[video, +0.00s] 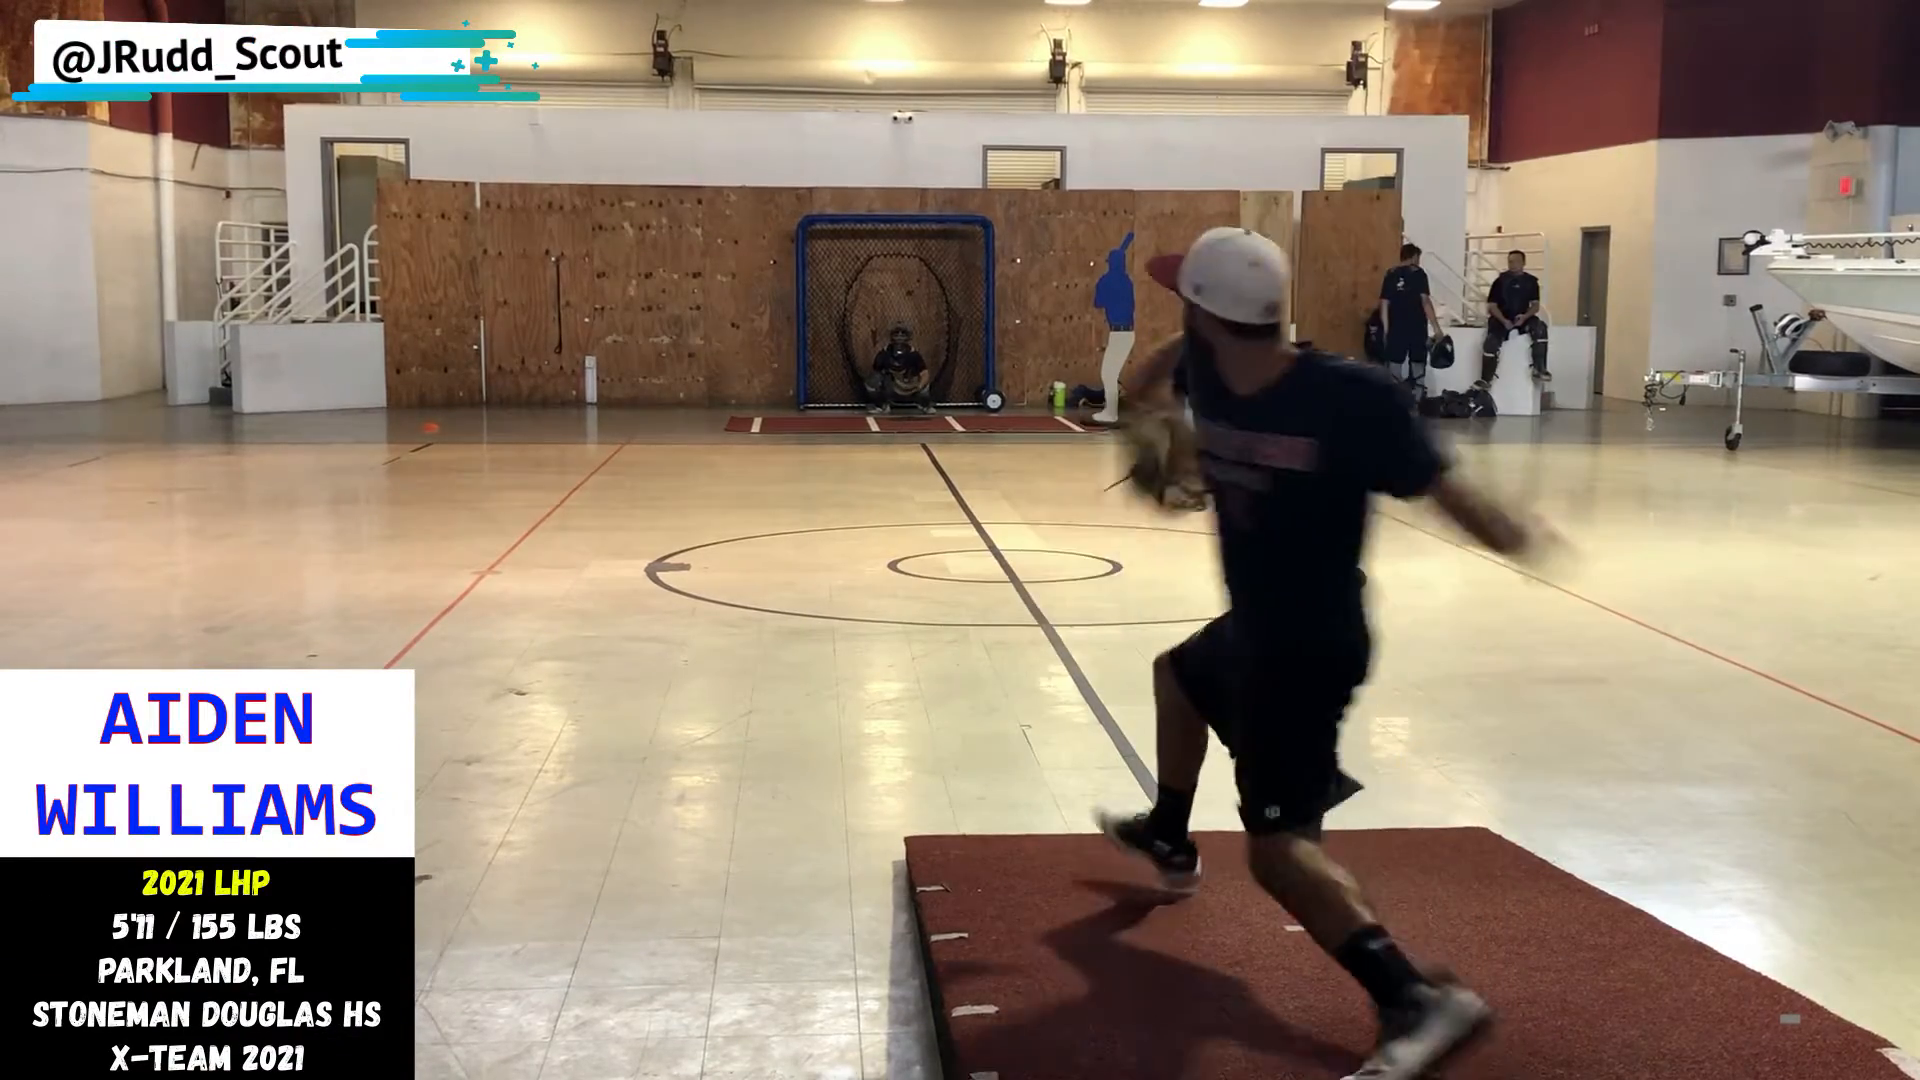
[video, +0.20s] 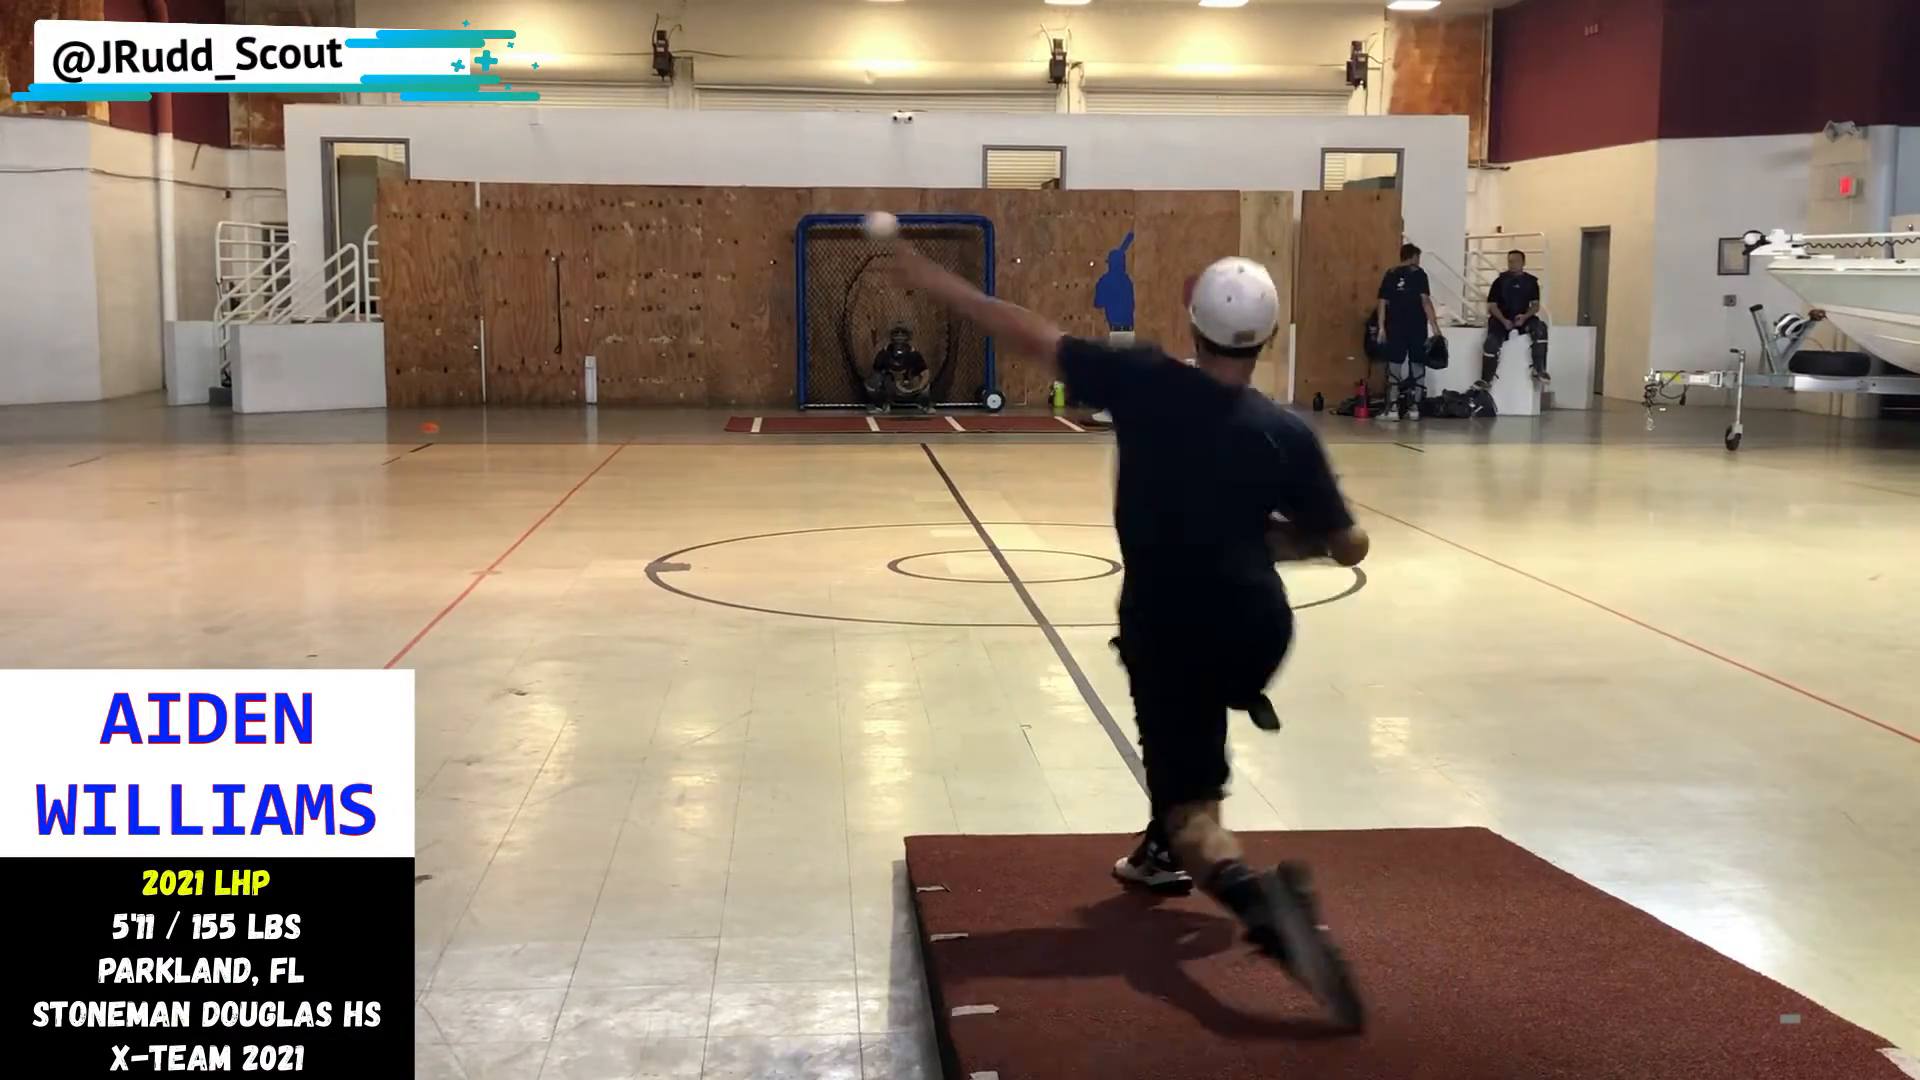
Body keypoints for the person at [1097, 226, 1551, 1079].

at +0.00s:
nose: (1183, 319)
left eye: (1187, 308)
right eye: (1185, 309)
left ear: (1207, 317)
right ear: (1274, 309)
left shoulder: (1354, 400)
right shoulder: (1210, 374)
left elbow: (1446, 486)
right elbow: (1143, 385)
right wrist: (1149, 437)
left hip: (1312, 642)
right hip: (1257, 619)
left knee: (1278, 848)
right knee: (1175, 679)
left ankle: (1413, 1002)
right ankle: (1167, 830)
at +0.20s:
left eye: (1192, 310)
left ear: (1191, 322)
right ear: (1266, 337)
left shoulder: (1141, 381)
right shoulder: (1286, 434)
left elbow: (1028, 333)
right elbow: (1344, 542)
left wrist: (920, 271)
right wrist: (1262, 535)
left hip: (1164, 632)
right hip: (1257, 630)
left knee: (1193, 819)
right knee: (1193, 711)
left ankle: (1259, 900)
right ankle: (1169, 844)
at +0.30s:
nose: (1265, 369)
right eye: (1267, 359)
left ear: (1197, 350)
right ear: (1264, 360)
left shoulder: (1155, 399)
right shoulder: (1260, 407)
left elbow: (1095, 505)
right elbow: (1276, 479)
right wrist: (1346, 554)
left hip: (1120, 566)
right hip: (1204, 565)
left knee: (1148, 762)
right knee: (1167, 696)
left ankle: (1264, 836)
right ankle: (1159, 846)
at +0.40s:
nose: (1296, 373)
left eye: (1294, 365)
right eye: (1296, 364)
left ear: (1227, 353)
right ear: (1288, 362)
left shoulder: (1182, 396)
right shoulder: (1269, 379)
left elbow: (1192, 524)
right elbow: (1220, 394)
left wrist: (1274, 541)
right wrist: (1287, 506)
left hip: (1096, 490)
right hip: (1175, 528)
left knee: (1041, 645)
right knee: (1156, 690)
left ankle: (1199, 624)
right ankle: (1152, 845)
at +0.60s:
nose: (1316, 340)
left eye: (1307, 335)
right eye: (1319, 333)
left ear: (1258, 316)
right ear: (1315, 332)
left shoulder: (1228, 362)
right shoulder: (1292, 348)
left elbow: (1165, 451)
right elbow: (1218, 341)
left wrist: (1212, 541)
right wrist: (1216, 404)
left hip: (1112, 473)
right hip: (1176, 495)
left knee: (978, 566)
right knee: (1161, 677)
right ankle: (1149, 843)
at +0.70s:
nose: (1328, 318)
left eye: (1311, 310)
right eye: (1330, 310)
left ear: (1266, 301)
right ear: (1328, 311)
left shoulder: (1237, 347)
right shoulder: (1303, 338)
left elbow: (1210, 441)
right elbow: (1247, 343)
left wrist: (1251, 507)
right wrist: (1244, 416)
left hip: (1109, 465)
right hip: (1177, 484)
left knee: (975, 606)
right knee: (1160, 671)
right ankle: (1145, 846)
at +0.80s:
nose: (1331, 291)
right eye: (1333, 283)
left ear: (1267, 277)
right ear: (1329, 282)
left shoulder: (1241, 325)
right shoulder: (1309, 304)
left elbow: (1221, 421)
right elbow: (1278, 339)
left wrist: (1275, 497)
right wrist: (1288, 442)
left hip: (1110, 458)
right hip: (1177, 475)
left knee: (1046, 617)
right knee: (1155, 664)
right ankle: (1141, 844)